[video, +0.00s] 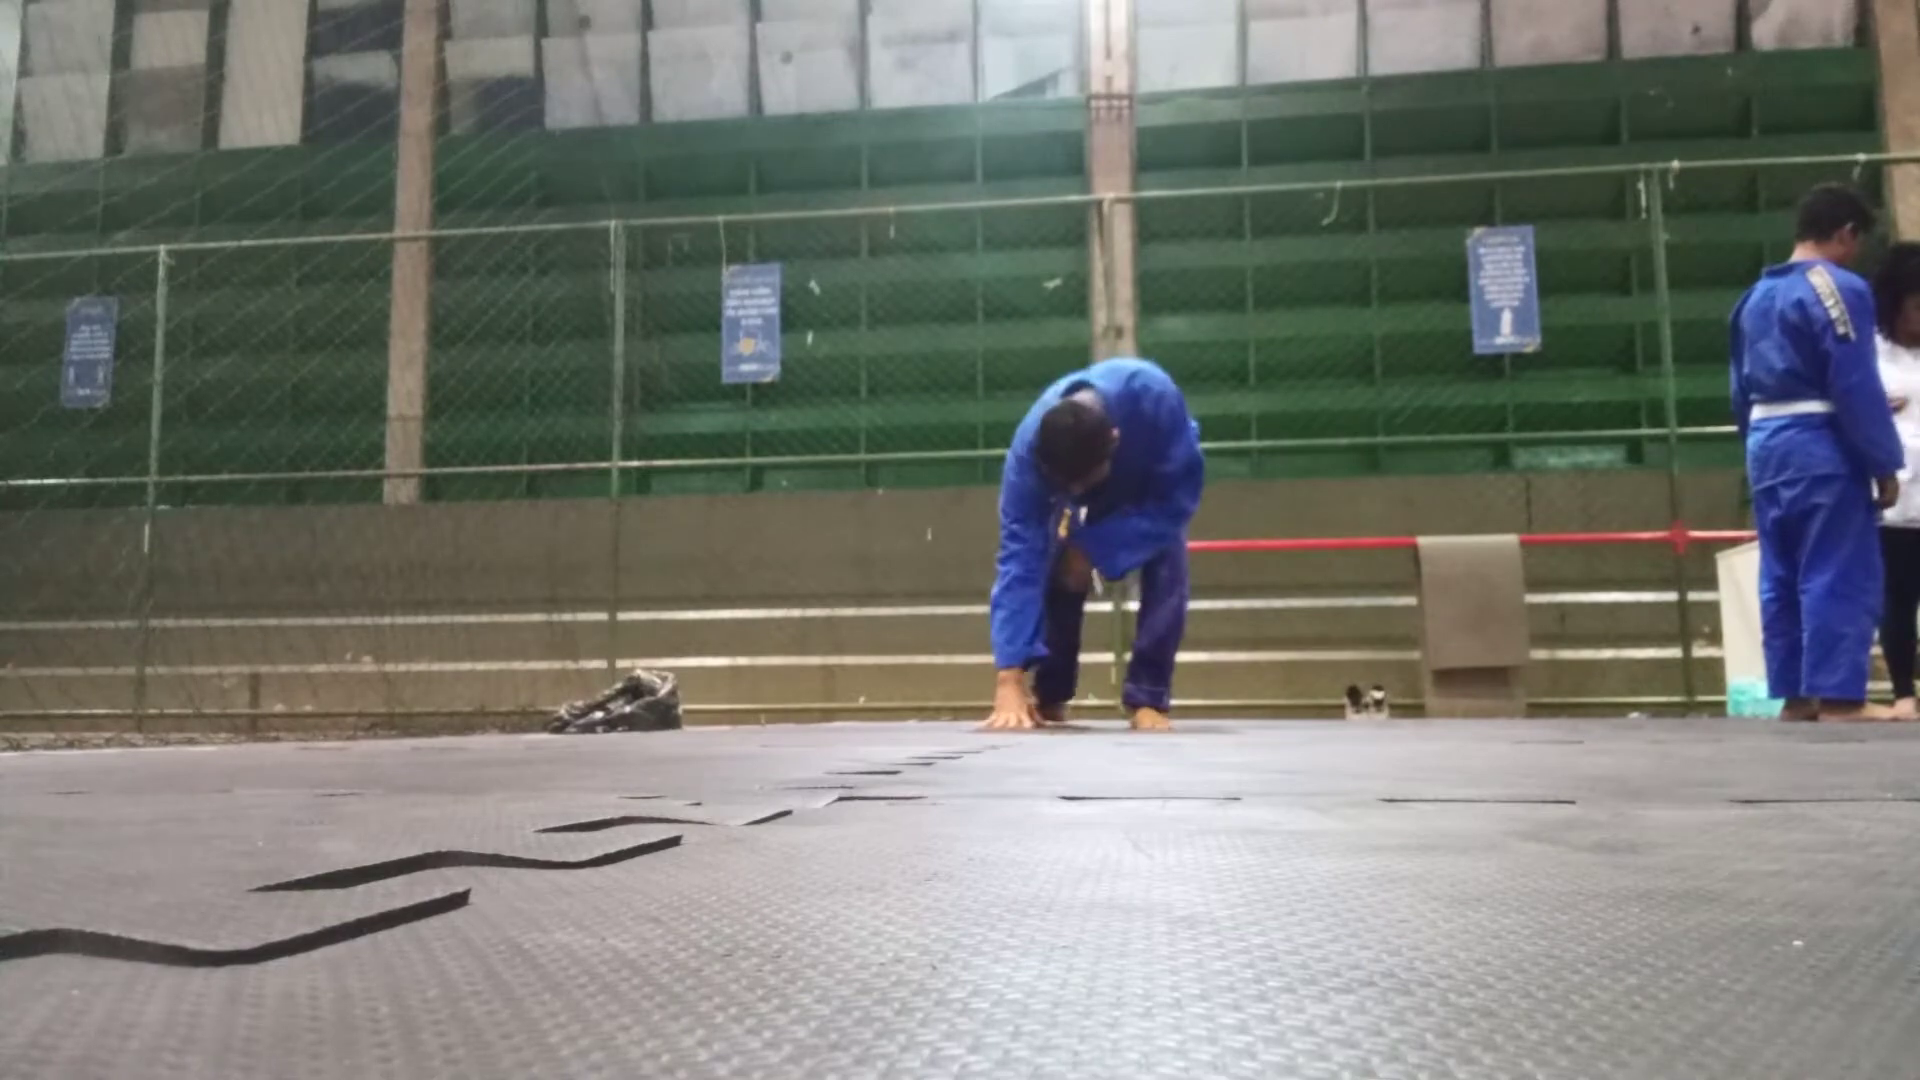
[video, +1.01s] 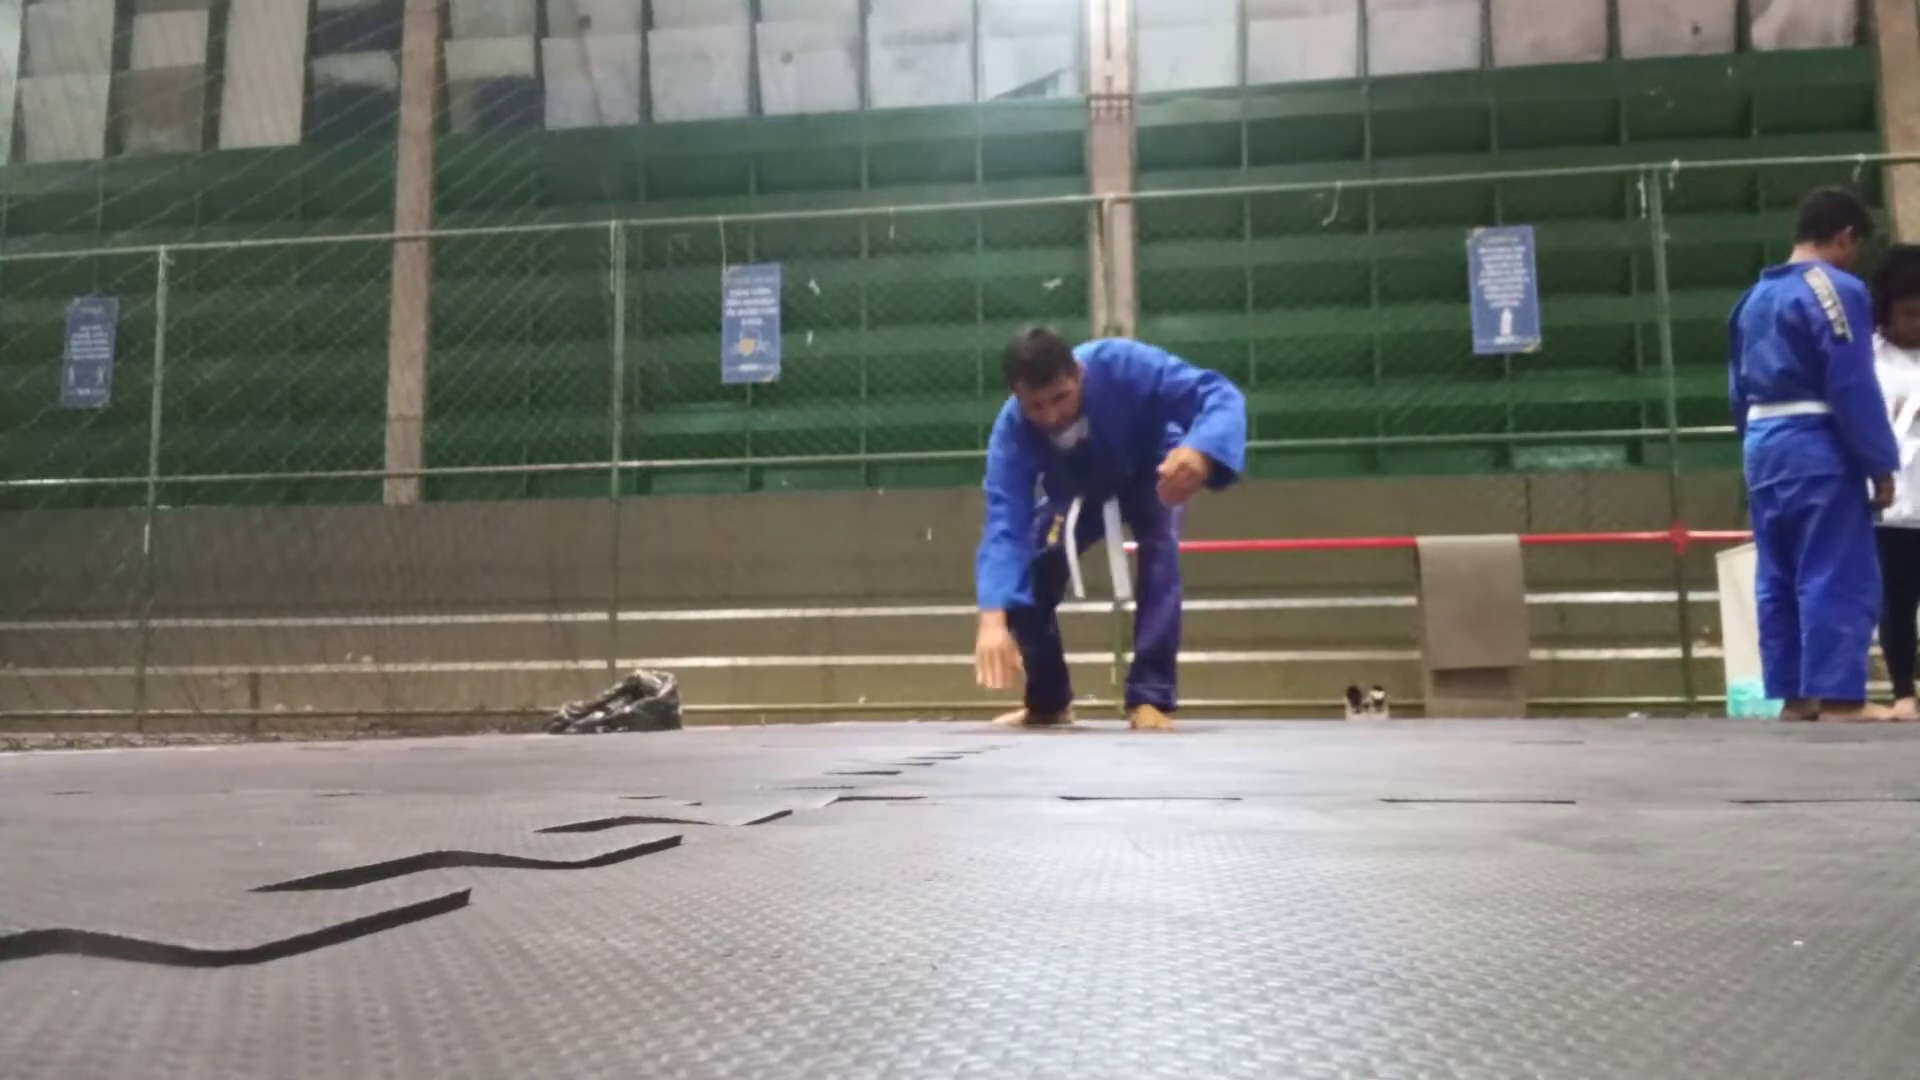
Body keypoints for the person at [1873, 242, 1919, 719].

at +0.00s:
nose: (1918, 315)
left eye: (1919, 305)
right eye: (1912, 304)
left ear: (1912, 308)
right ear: (1892, 303)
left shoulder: (1892, 354)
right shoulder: (1873, 349)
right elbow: (1854, 405)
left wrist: (1891, 400)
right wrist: (1891, 400)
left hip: (1913, 497)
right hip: (1895, 497)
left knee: (1907, 603)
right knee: (1899, 603)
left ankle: (1908, 690)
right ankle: (1904, 691)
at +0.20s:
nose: (1917, 316)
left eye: (1919, 306)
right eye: (1912, 305)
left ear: (1914, 308)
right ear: (1891, 304)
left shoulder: (1894, 355)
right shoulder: (1871, 350)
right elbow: (1862, 413)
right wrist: (1875, 466)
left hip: (1912, 498)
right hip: (1895, 498)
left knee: (1906, 604)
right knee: (1899, 603)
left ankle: (1908, 690)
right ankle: (1904, 692)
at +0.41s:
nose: (1916, 315)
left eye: (1918, 305)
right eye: (1910, 304)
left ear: (1914, 307)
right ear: (1890, 303)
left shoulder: (1887, 353)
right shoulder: (1871, 350)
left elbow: (1864, 414)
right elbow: (1860, 413)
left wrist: (1875, 464)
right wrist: (1874, 465)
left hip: (1911, 497)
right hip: (1894, 496)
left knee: (1906, 603)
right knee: (1898, 603)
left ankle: (1908, 690)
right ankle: (1904, 691)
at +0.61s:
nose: (1915, 321)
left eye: (1918, 311)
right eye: (1908, 310)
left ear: (1918, 310)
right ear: (1887, 308)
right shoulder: (1870, 352)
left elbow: (1865, 418)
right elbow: (1860, 416)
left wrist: (1875, 465)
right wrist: (1873, 467)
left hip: (1911, 497)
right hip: (1894, 497)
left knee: (1906, 603)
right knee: (1898, 603)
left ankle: (1908, 690)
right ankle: (1904, 691)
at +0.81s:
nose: (1914, 322)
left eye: (1917, 312)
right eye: (1907, 312)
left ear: (1918, 311)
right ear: (1886, 310)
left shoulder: (1894, 359)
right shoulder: (1870, 354)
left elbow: (1877, 415)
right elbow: (1866, 418)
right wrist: (1897, 406)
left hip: (1911, 500)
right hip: (1895, 499)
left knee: (1905, 605)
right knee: (1898, 605)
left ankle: (1907, 690)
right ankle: (1904, 691)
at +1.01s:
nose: (1913, 322)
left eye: (1917, 312)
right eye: (1907, 312)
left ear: (1919, 311)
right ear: (1885, 310)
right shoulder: (1869, 355)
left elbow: (1860, 420)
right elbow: (1856, 419)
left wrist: (1873, 470)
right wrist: (1868, 472)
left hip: (1910, 502)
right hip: (1892, 502)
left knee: (1905, 606)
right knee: (1897, 606)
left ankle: (1908, 690)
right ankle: (1903, 691)